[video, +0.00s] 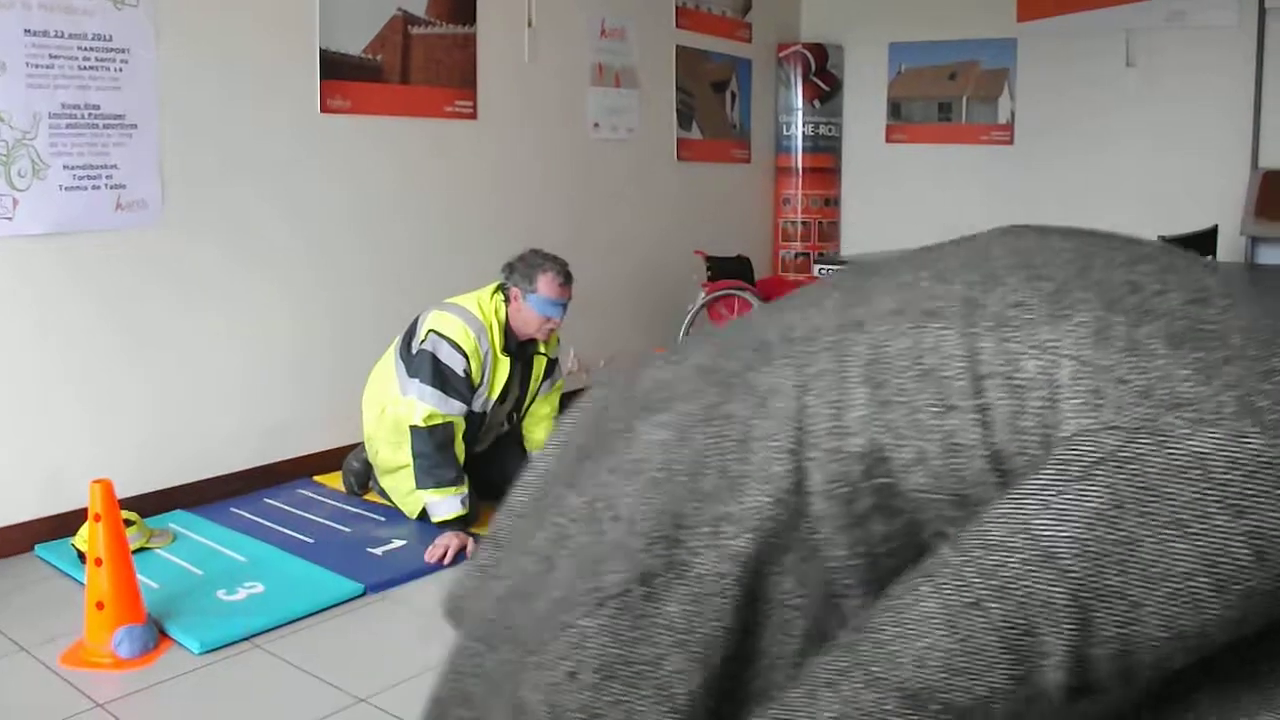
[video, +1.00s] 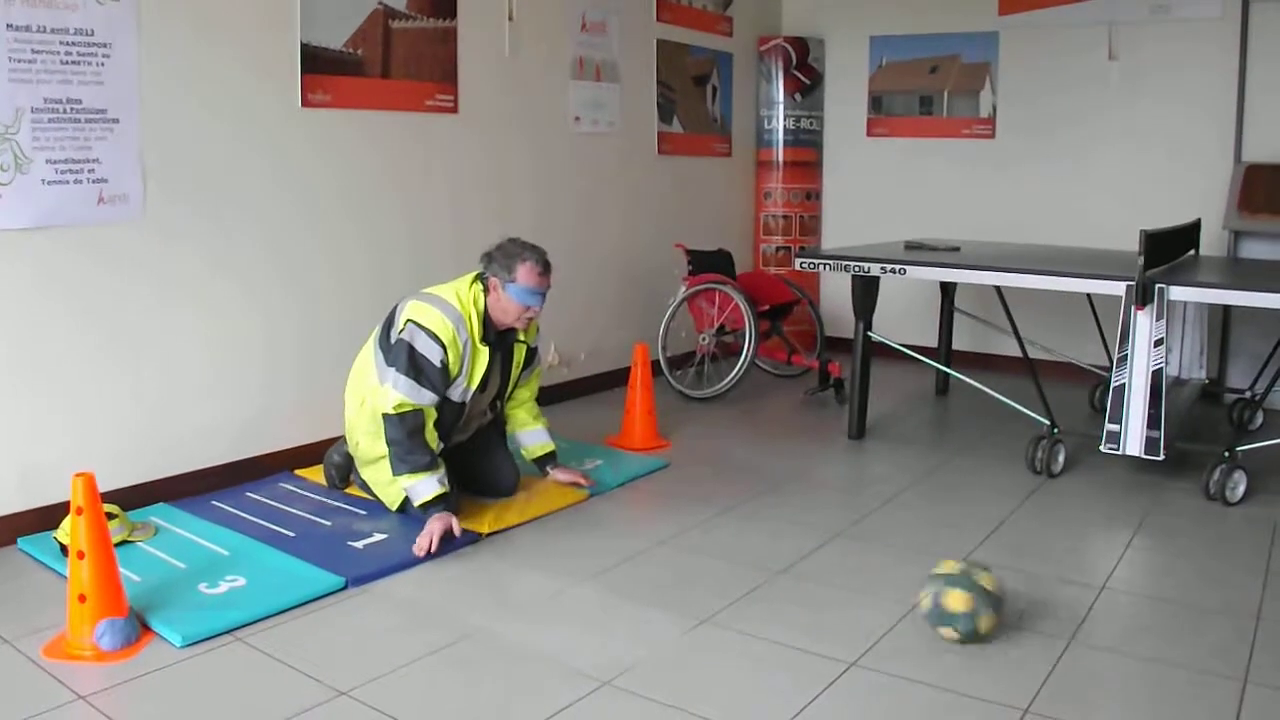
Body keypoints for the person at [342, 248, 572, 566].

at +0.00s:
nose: (556, 322)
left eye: (563, 311)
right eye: (548, 310)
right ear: (515, 298)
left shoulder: (544, 341)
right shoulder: (454, 333)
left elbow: (542, 424)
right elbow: (432, 428)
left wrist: (560, 491)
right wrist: (450, 525)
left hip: (473, 422)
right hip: (402, 430)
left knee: (520, 487)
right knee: (448, 515)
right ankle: (378, 468)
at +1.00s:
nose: (535, 310)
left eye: (541, 299)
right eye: (527, 297)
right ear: (494, 288)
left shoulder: (522, 326)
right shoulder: (433, 324)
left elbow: (519, 399)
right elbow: (402, 418)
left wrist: (549, 464)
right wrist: (436, 508)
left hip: (463, 415)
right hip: (386, 421)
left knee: (501, 483)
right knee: (425, 509)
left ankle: (424, 459)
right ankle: (358, 455)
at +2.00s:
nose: (527, 292)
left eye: (532, 280)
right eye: (517, 280)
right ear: (483, 272)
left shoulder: (516, 314)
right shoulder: (426, 316)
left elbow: (515, 394)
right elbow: (416, 419)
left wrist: (525, 466)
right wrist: (479, 489)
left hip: (456, 416)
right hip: (388, 428)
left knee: (498, 476)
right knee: (450, 506)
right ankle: (369, 458)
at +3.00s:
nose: (550, 286)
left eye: (554, 274)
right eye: (541, 274)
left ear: (559, 272)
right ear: (505, 271)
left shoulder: (536, 305)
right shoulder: (462, 313)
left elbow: (570, 362)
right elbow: (504, 397)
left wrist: (622, 392)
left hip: (471, 405)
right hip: (410, 416)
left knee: (516, 485)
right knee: (456, 509)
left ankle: (432, 447)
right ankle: (377, 455)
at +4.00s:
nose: (563, 302)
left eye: (568, 292)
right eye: (553, 290)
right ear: (520, 283)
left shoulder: (547, 331)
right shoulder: (464, 319)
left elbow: (546, 408)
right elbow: (429, 411)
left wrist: (569, 482)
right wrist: (439, 510)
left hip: (482, 421)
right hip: (407, 427)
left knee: (524, 489)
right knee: (466, 512)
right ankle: (384, 468)